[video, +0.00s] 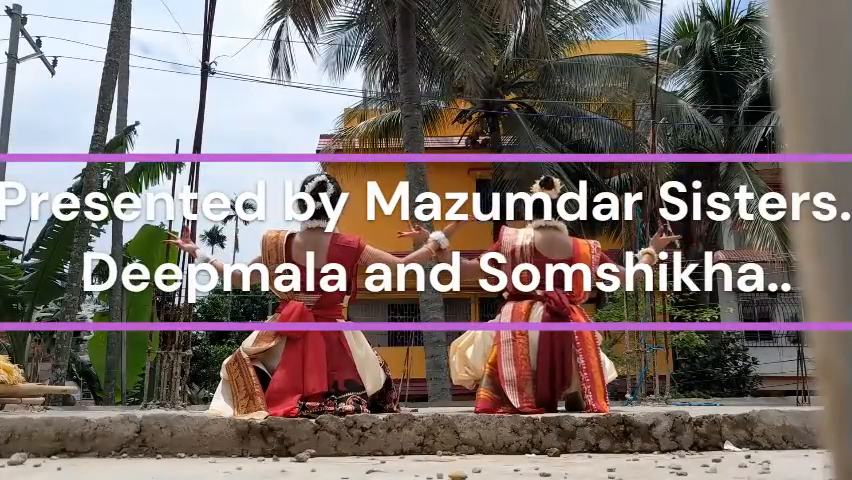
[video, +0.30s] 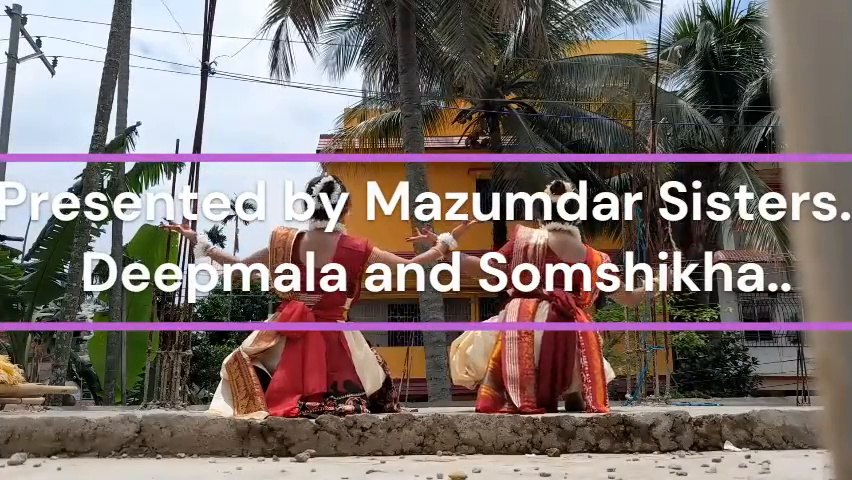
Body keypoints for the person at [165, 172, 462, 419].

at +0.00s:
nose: (335, 207)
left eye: (315, 202)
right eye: (337, 202)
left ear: (300, 205)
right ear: (337, 206)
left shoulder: (275, 245)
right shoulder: (349, 247)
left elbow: (238, 278)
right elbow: (403, 263)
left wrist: (198, 253)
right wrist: (434, 245)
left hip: (287, 343)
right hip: (334, 343)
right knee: (375, 389)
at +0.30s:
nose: (342, 210)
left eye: (330, 202)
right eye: (343, 204)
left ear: (306, 204)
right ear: (342, 208)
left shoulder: (283, 243)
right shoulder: (354, 249)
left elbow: (238, 266)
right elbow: (409, 265)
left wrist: (198, 242)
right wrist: (443, 245)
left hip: (289, 340)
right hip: (333, 342)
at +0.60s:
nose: (365, 214)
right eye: (365, 210)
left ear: (329, 210)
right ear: (364, 214)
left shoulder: (304, 240)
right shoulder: (369, 254)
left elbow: (257, 263)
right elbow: (426, 272)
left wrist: (207, 239)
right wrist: (451, 246)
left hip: (291, 337)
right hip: (336, 342)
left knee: (238, 356)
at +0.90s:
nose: (378, 218)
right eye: (376, 214)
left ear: (340, 212)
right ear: (373, 216)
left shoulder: (313, 240)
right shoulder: (376, 253)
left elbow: (265, 250)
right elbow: (432, 262)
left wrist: (231, 231)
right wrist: (456, 238)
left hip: (299, 338)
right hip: (343, 341)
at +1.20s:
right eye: (374, 208)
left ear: (341, 206)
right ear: (378, 213)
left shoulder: (316, 235)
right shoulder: (383, 251)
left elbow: (267, 243)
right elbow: (437, 260)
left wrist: (230, 215)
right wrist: (455, 228)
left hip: (300, 334)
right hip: (347, 339)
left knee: (245, 350)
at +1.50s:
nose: (366, 213)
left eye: (350, 205)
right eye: (371, 209)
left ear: (338, 208)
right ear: (374, 214)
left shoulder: (310, 237)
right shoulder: (378, 255)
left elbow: (259, 243)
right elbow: (433, 263)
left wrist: (219, 209)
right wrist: (461, 224)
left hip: (293, 337)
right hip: (341, 344)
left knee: (241, 355)